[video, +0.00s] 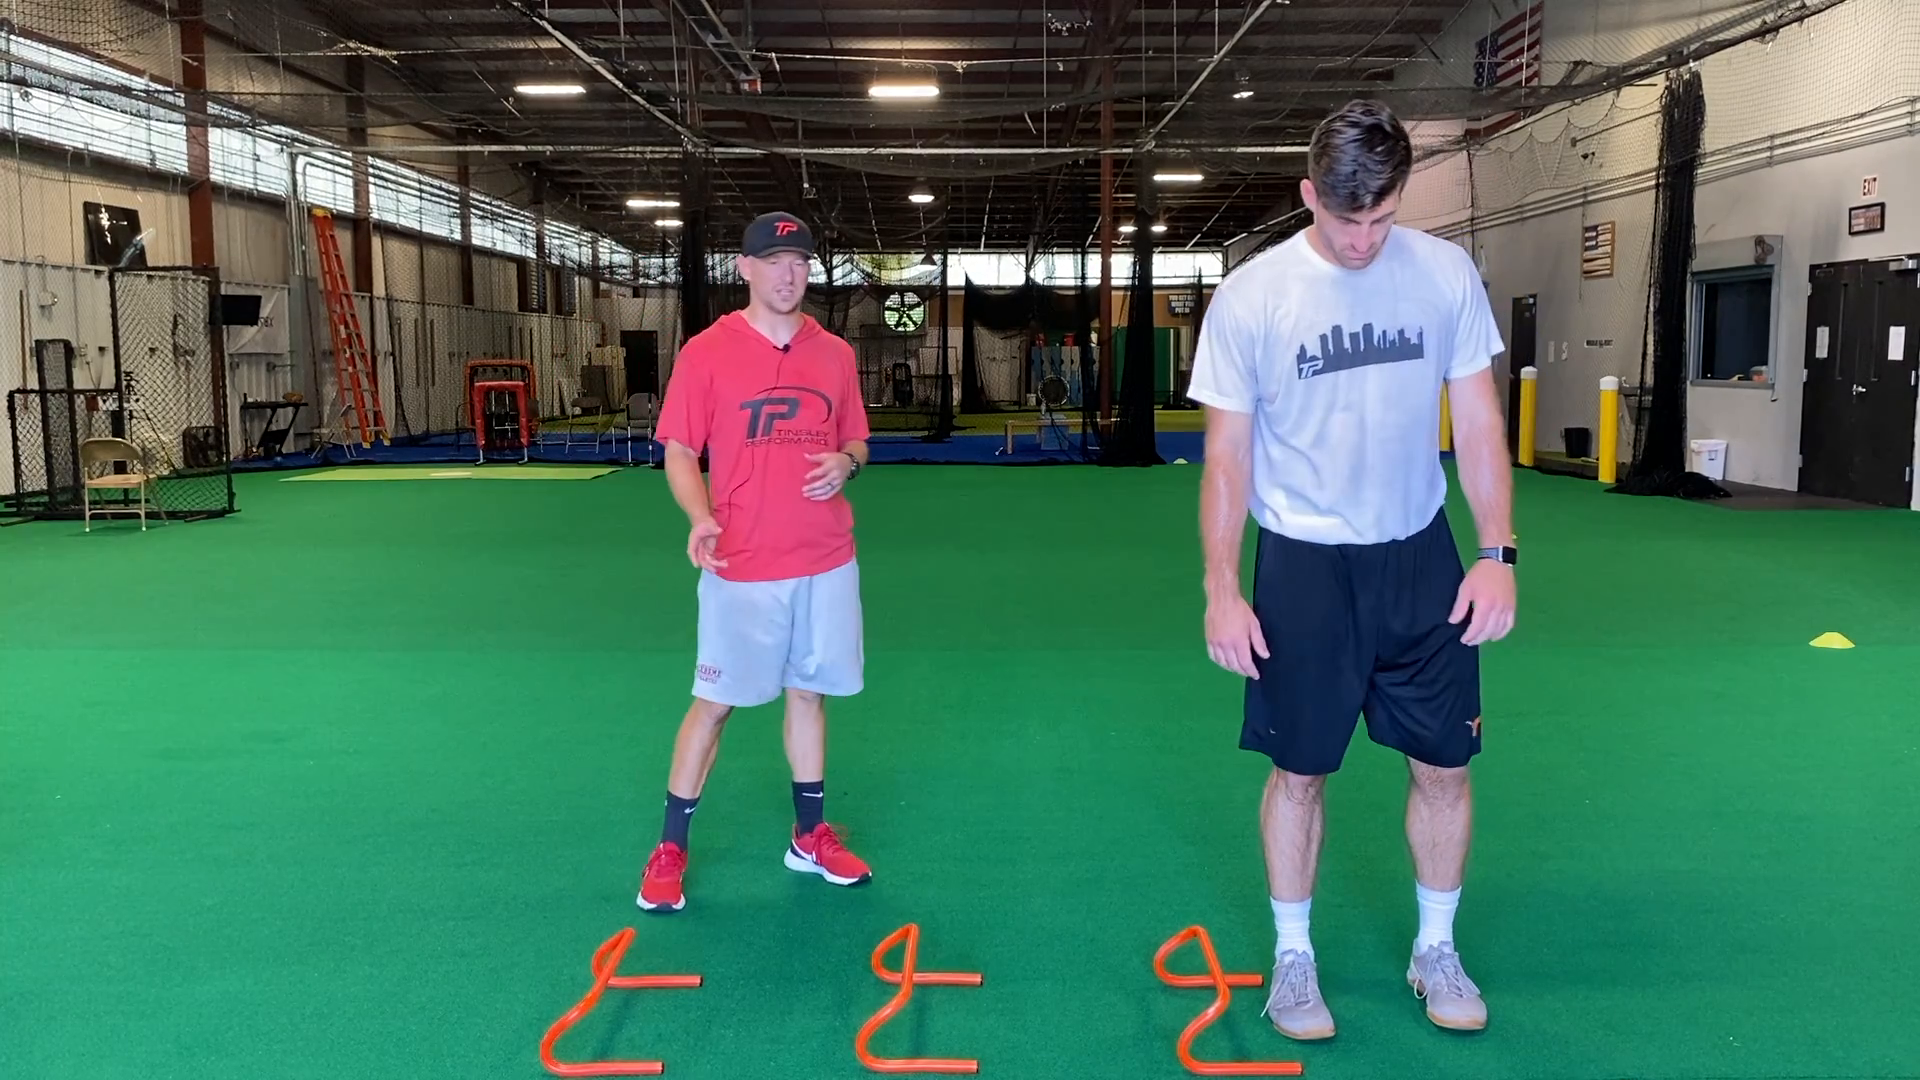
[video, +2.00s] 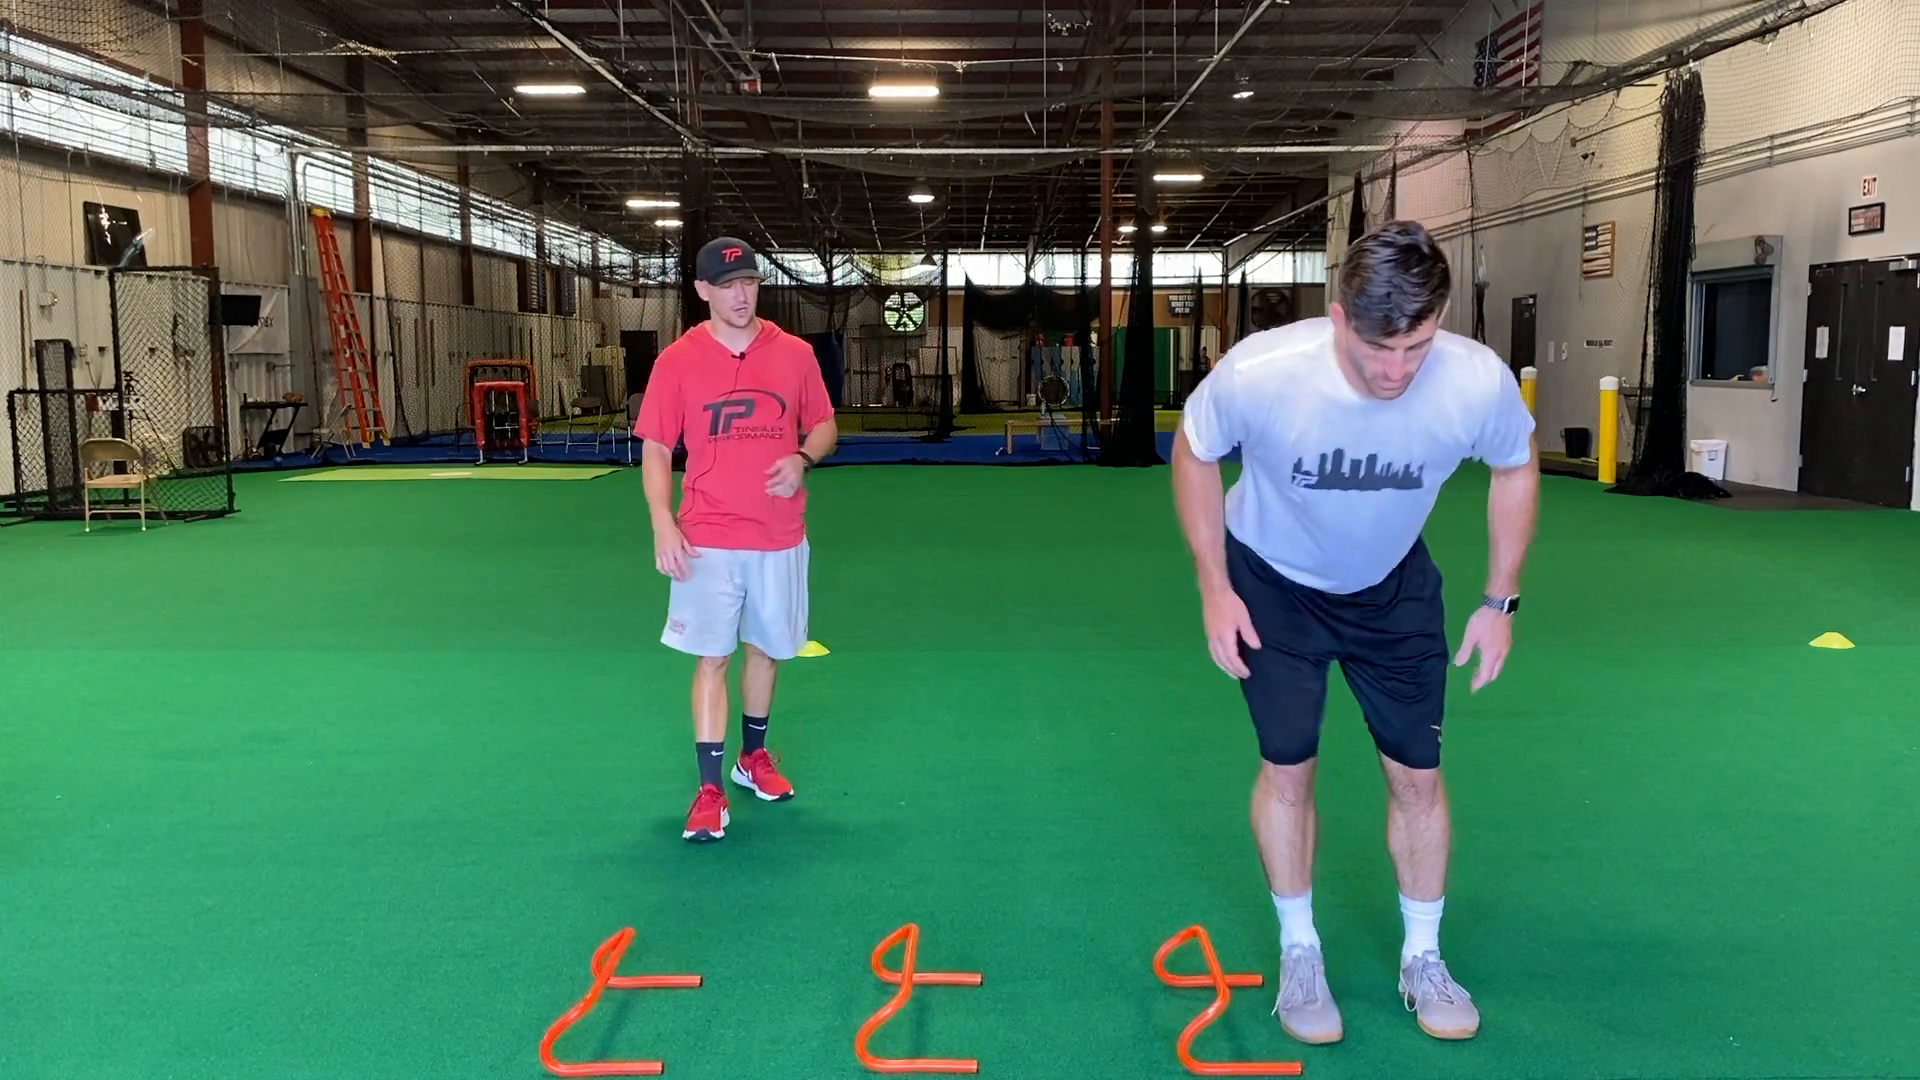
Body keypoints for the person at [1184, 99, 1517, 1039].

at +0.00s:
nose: (1363, 234)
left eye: (1380, 215)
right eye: (1346, 215)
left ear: (1402, 194)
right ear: (1308, 191)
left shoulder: (1444, 274)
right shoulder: (1249, 298)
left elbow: (1479, 422)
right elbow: (1225, 458)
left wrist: (1497, 552)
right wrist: (1223, 590)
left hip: (1419, 557)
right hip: (1302, 564)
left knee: (1445, 759)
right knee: (1300, 766)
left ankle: (1437, 950)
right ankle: (1294, 959)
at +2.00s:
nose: (1396, 367)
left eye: (1414, 347)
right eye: (1377, 347)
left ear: (1436, 322)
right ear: (1338, 318)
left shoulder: (1476, 381)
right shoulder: (1257, 374)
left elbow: (1517, 467)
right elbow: (1192, 449)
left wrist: (1499, 598)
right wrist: (1214, 586)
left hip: (1394, 581)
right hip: (1275, 580)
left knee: (1418, 769)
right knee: (1288, 763)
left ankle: (1424, 958)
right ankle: (1300, 952)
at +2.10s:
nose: (1367, 377)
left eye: (1386, 357)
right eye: (1349, 357)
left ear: (1410, 334)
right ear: (1309, 329)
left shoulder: (1451, 409)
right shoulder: (1229, 380)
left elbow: (1487, 514)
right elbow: (1177, 440)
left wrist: (1461, 647)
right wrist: (1180, 571)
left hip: (1369, 578)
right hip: (1248, 573)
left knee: (1410, 772)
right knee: (1259, 756)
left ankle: (1421, 957)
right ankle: (1275, 871)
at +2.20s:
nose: (1316, 376)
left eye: (1336, 356)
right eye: (1298, 355)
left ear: (1363, 335)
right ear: (1262, 331)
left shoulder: (1408, 421)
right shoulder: (1197, 388)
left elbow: (1440, 527)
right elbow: (1138, 424)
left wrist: (1387, 628)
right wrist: (1126, 539)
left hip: (1341, 590)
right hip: (1216, 579)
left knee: (1400, 789)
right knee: (1199, 739)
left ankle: (1422, 961)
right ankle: (1190, 814)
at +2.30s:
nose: (1237, 342)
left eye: (1254, 322)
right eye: (1220, 322)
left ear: (1280, 298)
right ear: (1181, 302)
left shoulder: (1334, 371)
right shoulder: (1121, 364)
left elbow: (1390, 441)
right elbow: (1078, 403)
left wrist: (1331, 516)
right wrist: (1082, 521)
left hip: (1293, 582)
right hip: (1163, 572)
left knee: (1360, 764)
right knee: (1116, 735)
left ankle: (1423, 947)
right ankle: (1091, 877)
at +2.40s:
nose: (1149, 313)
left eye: (1165, 293)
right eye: (1130, 295)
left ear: (1193, 275)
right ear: (1099, 279)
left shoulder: (1250, 333)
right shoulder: (1039, 354)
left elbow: (1320, 349)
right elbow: (1010, 423)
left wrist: (1293, 478)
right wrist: (1038, 539)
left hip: (1230, 569)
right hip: (1103, 581)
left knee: (1315, 750)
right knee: (1081, 773)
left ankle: (1343, 857)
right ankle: (1053, 942)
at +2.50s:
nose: (1073, 296)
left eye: (1090, 276)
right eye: (1056, 278)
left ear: (1123, 251)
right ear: (1027, 260)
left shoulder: (1181, 324)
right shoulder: (978, 334)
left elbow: (1262, 347)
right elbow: (948, 408)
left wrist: (1224, 476)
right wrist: (978, 498)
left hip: (1159, 546)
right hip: (1042, 565)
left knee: (1205, 714)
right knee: (1041, 753)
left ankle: (1180, 814)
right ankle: (1048, 935)